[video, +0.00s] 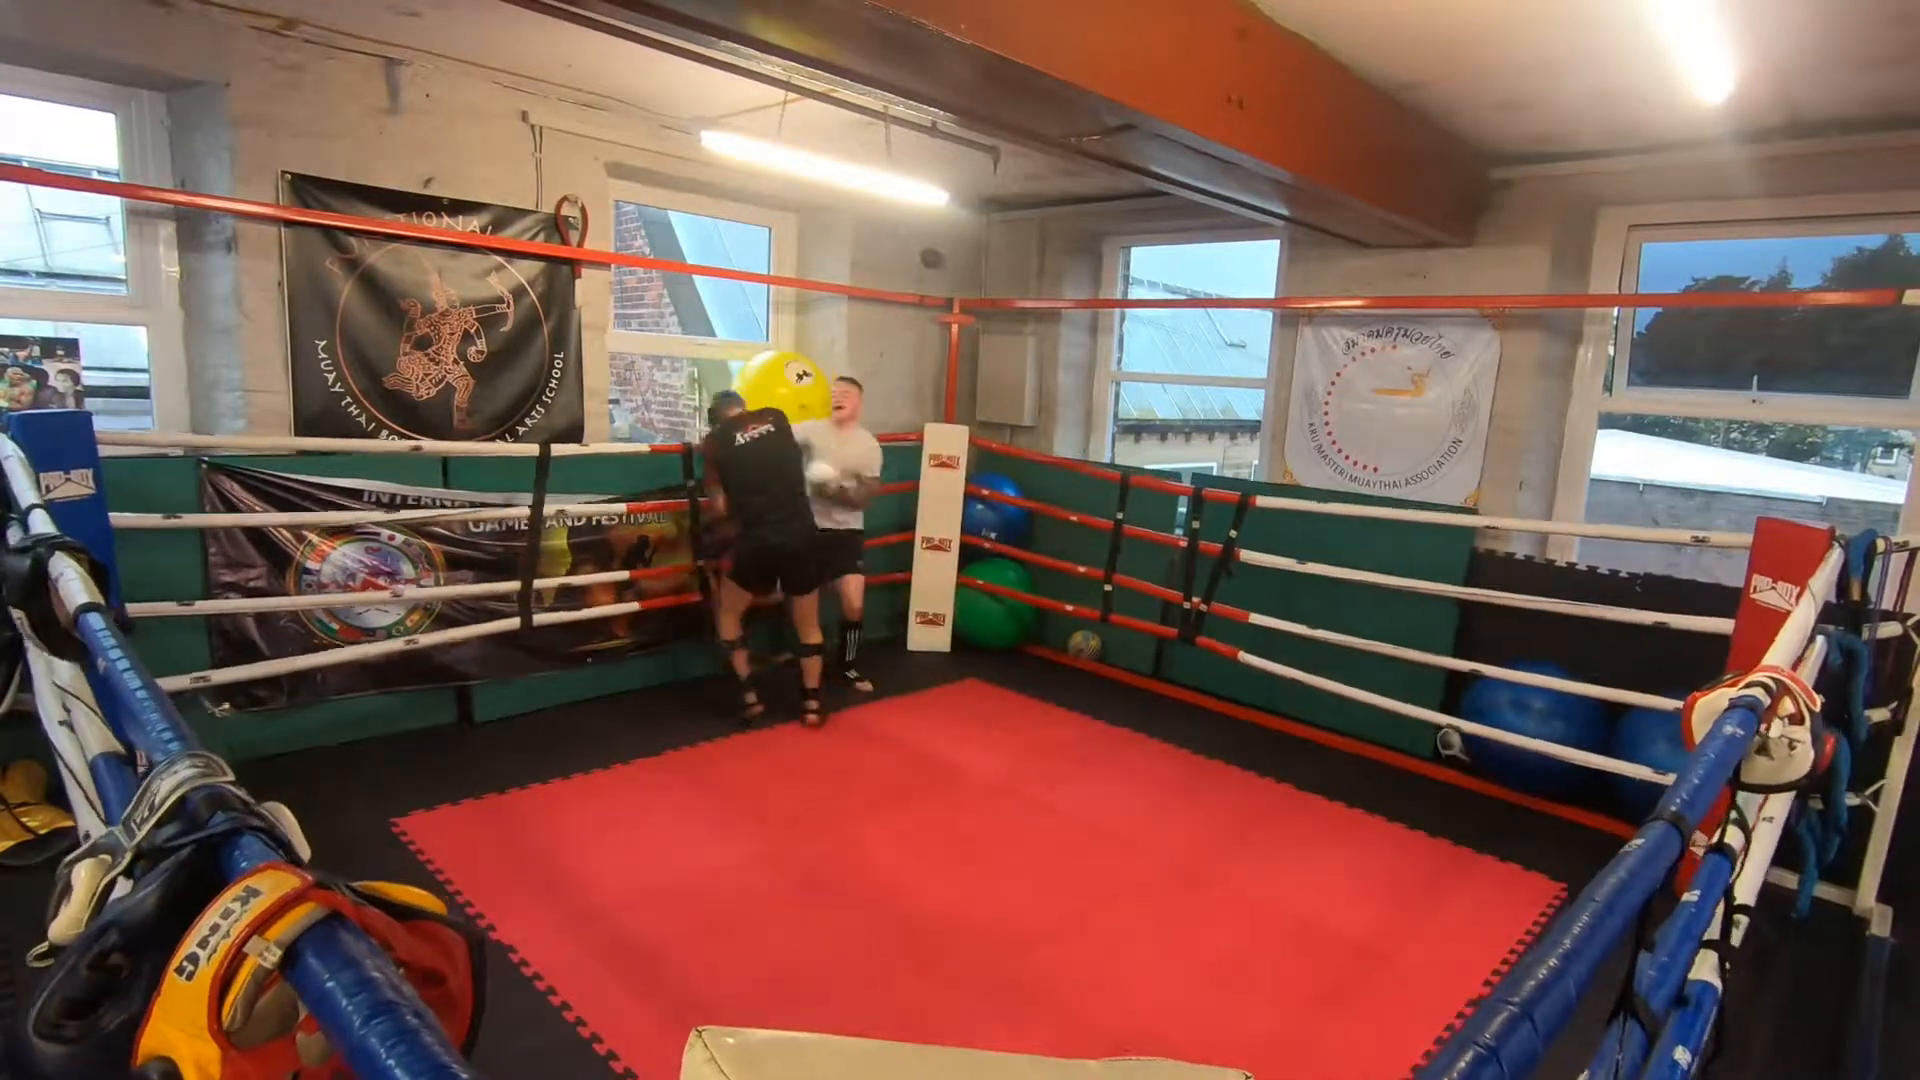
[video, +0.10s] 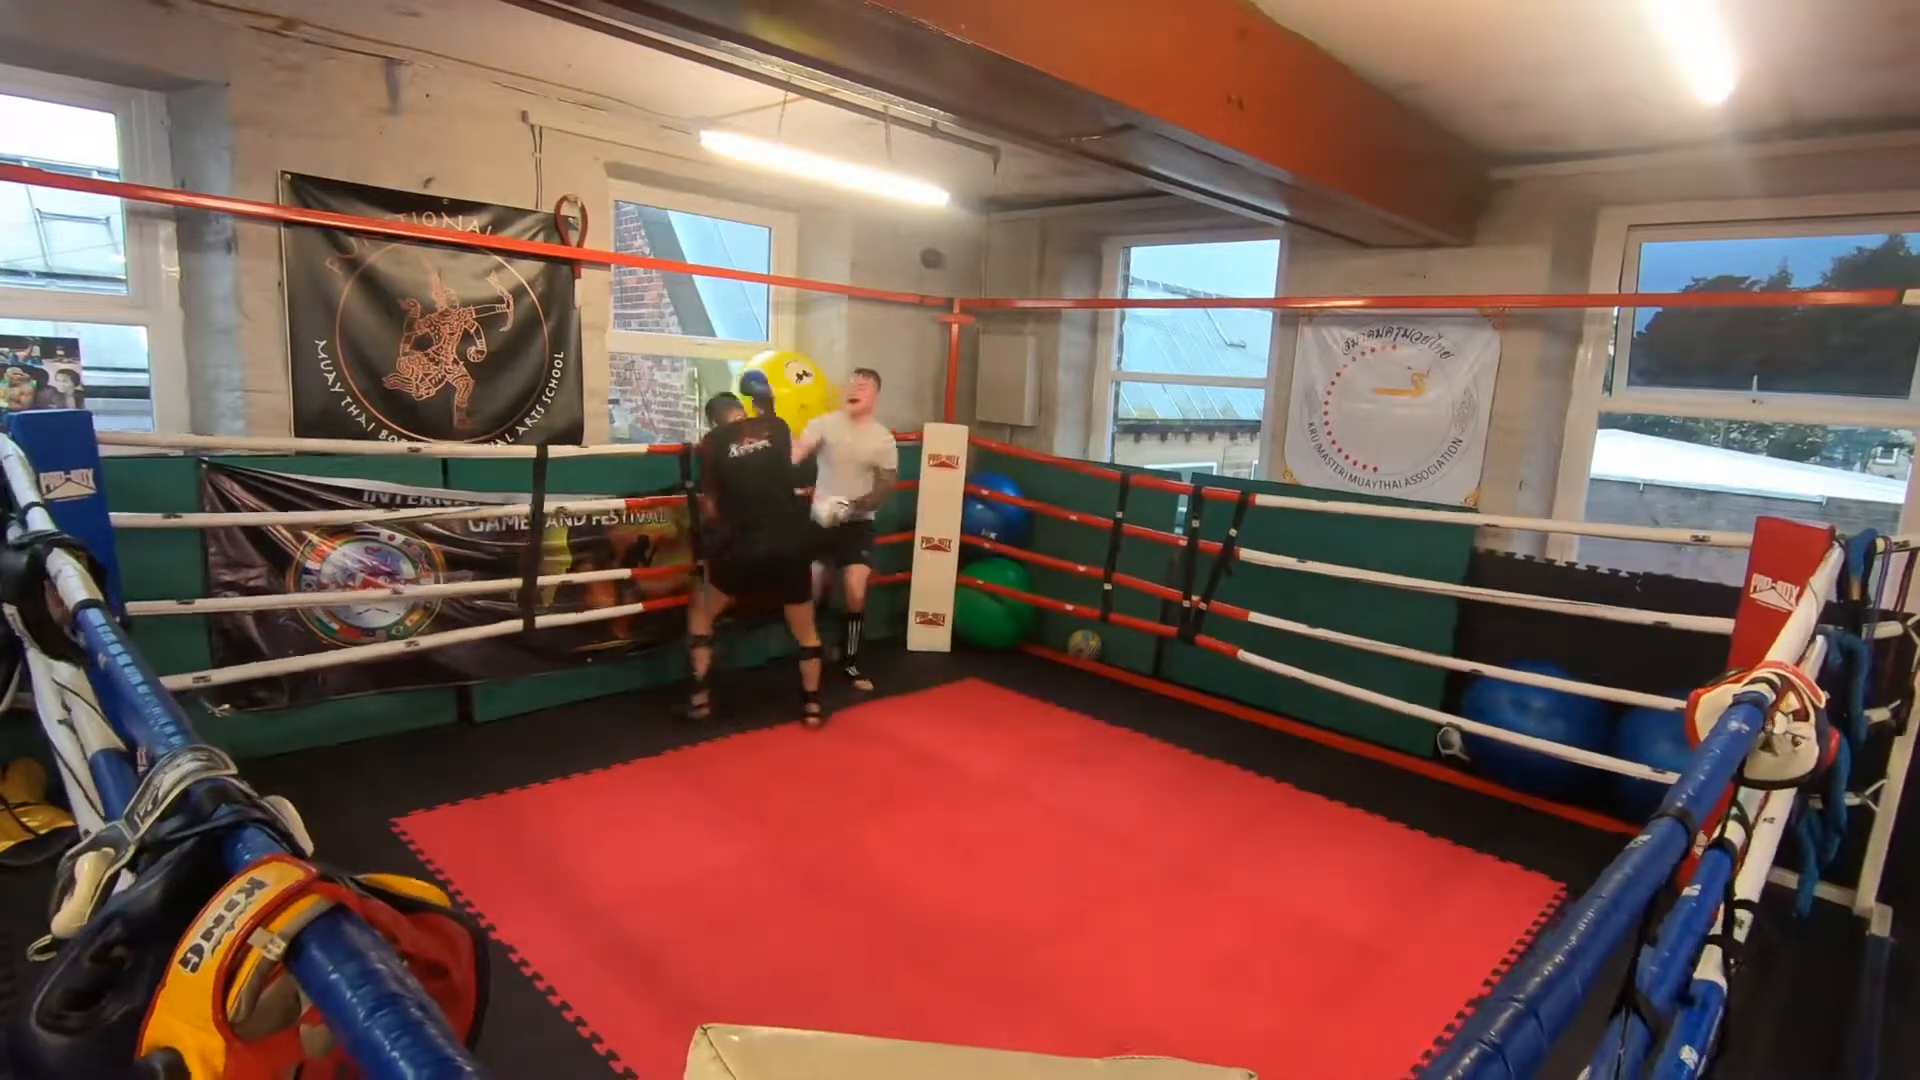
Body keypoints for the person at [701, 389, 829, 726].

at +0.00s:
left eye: (718, 422)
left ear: (716, 419)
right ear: (744, 406)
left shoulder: (714, 444)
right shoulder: (777, 417)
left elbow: (719, 504)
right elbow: (794, 463)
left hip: (757, 542)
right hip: (802, 537)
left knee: (730, 614)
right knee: (808, 623)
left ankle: (749, 696)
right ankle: (812, 703)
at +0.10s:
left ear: (713, 418)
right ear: (741, 409)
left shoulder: (712, 443)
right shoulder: (778, 428)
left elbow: (710, 505)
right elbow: (793, 479)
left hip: (740, 547)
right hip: (789, 544)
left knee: (702, 613)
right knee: (805, 629)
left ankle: (699, 697)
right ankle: (812, 705)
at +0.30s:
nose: (726, 405)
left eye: (723, 399)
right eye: (725, 399)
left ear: (692, 402)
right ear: (718, 399)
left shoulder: (671, 443)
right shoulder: (736, 435)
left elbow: (670, 506)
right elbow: (776, 478)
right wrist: (778, 440)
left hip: (691, 554)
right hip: (739, 554)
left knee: (675, 629)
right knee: (775, 627)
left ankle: (654, 708)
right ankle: (798, 704)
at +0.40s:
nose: (722, 396)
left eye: (720, 391)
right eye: (720, 390)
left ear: (684, 391)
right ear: (710, 389)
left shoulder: (660, 432)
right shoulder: (720, 432)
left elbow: (652, 493)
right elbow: (742, 492)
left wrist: (677, 510)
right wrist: (760, 461)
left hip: (673, 545)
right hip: (717, 545)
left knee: (671, 618)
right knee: (754, 617)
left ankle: (652, 708)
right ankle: (756, 707)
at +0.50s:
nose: (715, 394)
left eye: (714, 387)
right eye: (714, 388)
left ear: (680, 386)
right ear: (705, 386)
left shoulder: (651, 427)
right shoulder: (702, 427)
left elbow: (634, 486)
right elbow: (713, 493)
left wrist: (675, 489)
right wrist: (744, 482)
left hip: (659, 544)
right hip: (699, 546)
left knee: (661, 625)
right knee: (734, 624)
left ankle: (649, 712)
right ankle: (706, 714)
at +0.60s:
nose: (715, 398)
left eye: (714, 391)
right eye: (714, 391)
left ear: (679, 387)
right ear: (702, 389)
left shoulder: (647, 426)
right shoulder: (694, 433)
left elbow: (623, 480)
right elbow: (696, 502)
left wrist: (666, 486)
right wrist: (724, 497)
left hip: (649, 545)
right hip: (684, 549)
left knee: (657, 630)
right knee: (703, 636)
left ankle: (654, 721)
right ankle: (651, 721)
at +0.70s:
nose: (714, 408)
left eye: (715, 400)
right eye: (714, 400)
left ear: (681, 393)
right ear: (701, 395)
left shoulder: (646, 428)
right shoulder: (687, 439)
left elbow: (620, 477)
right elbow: (694, 511)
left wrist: (655, 497)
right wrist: (720, 501)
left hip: (641, 547)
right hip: (671, 552)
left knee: (659, 631)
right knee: (660, 647)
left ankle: (651, 706)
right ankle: (600, 736)